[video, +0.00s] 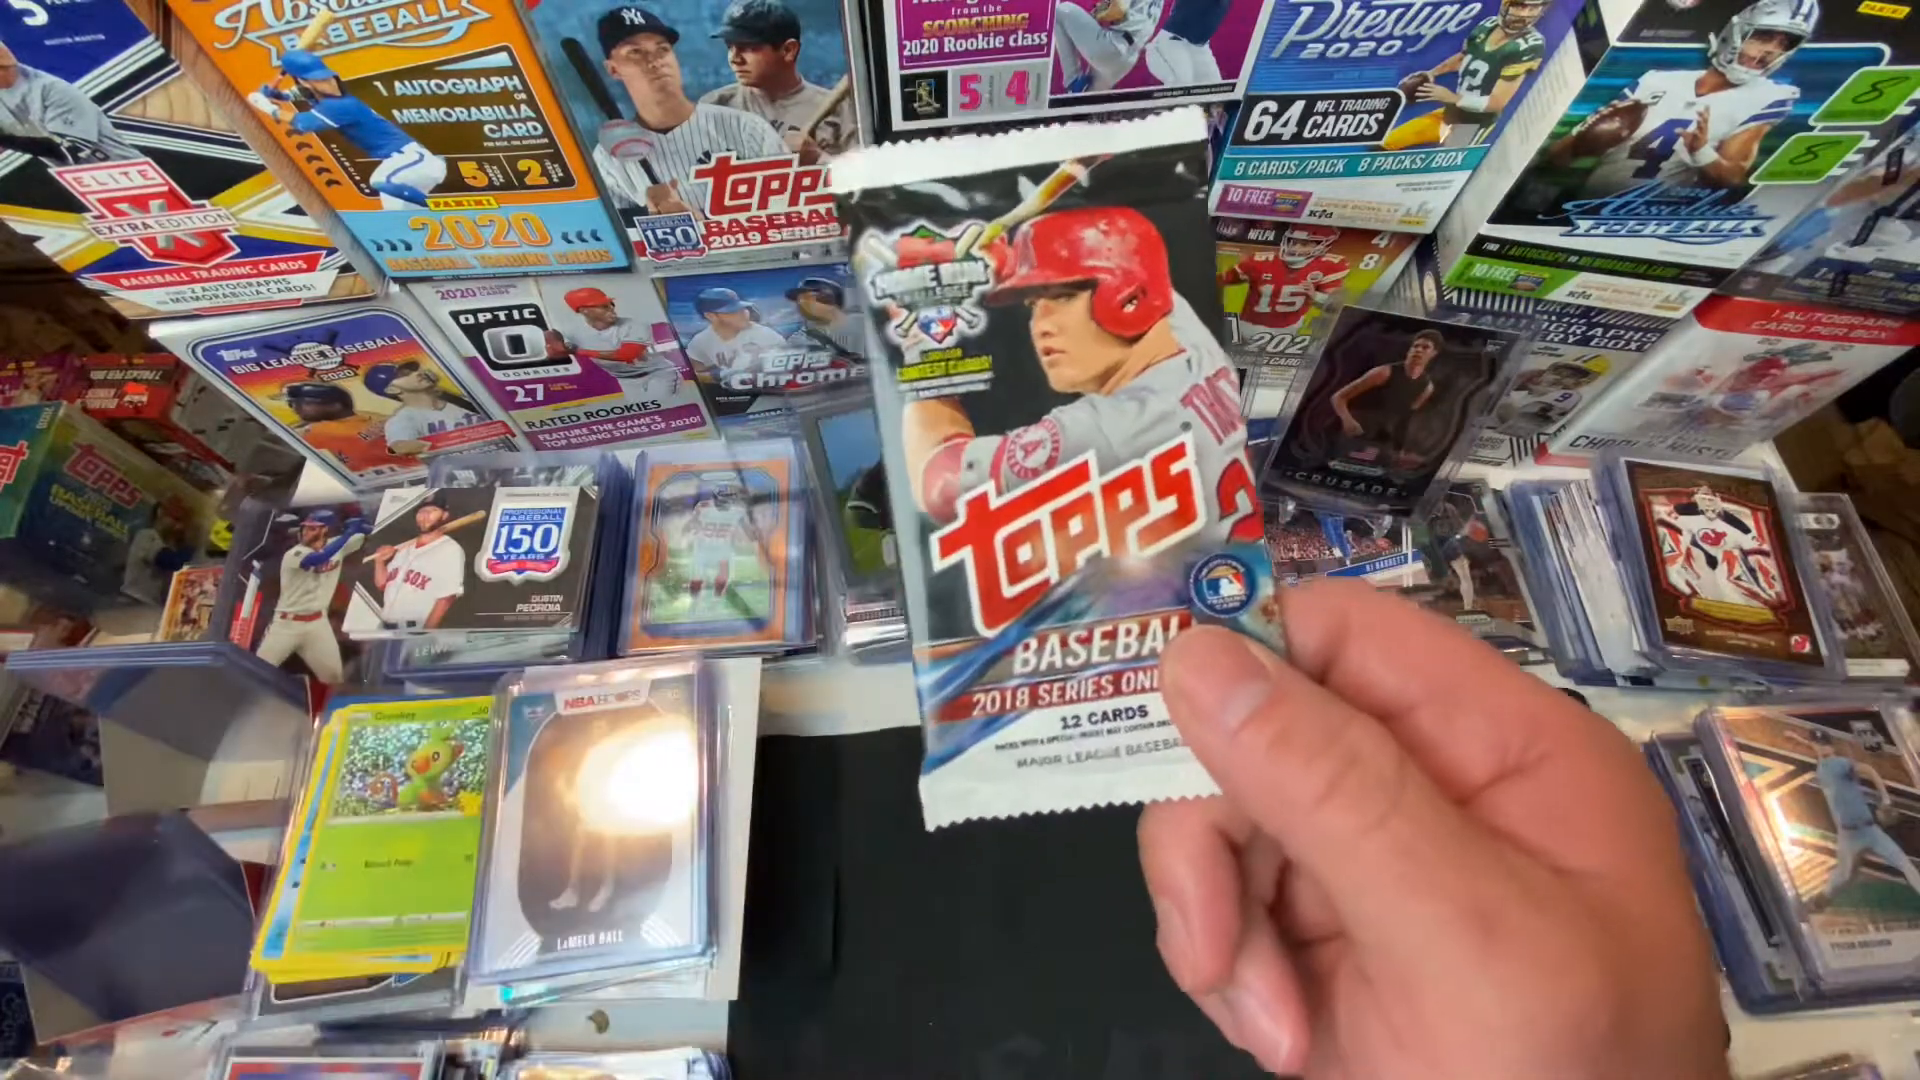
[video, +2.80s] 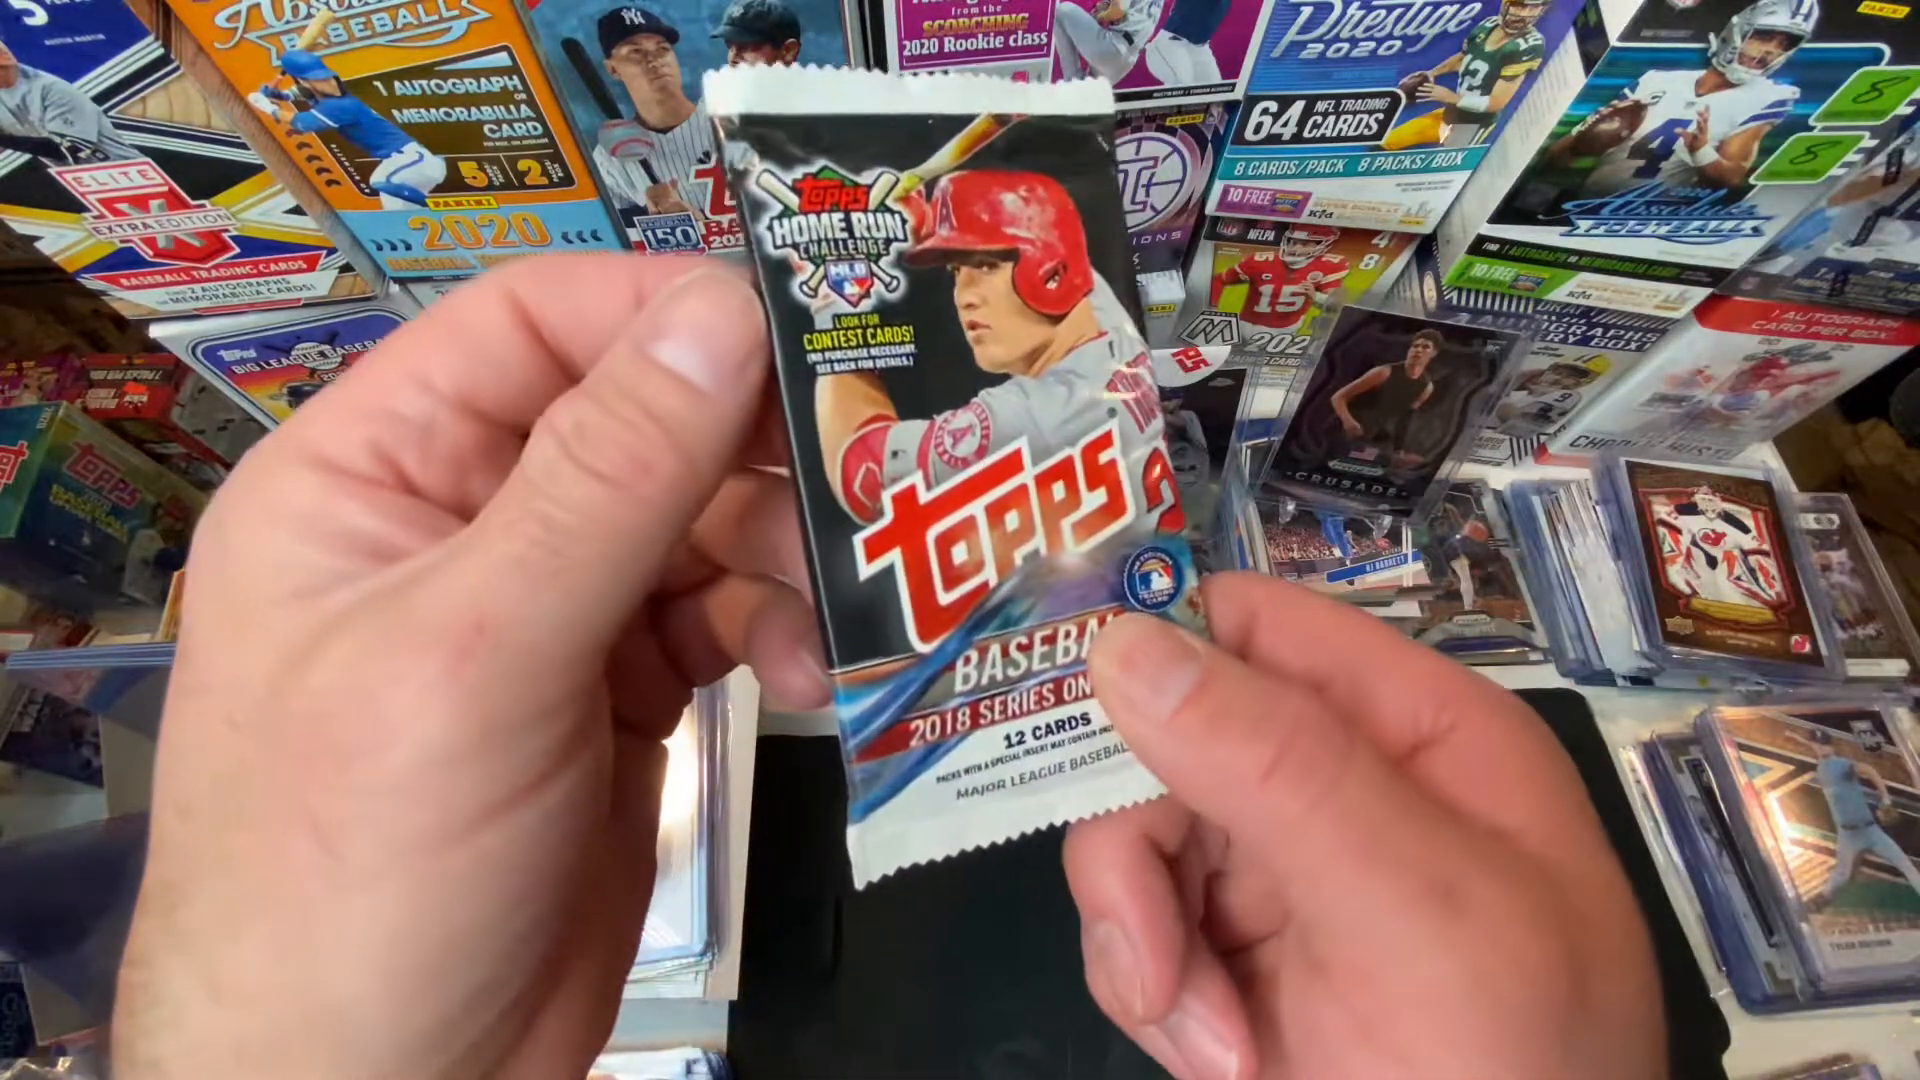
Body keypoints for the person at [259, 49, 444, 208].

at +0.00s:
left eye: (326, 76)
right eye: (321, 77)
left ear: (308, 83)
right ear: (305, 83)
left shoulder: (344, 106)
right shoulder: (329, 104)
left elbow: (301, 123)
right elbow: (298, 94)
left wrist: (270, 109)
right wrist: (275, 94)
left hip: (416, 158)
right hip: (403, 167)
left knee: (381, 179)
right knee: (397, 222)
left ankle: (437, 217)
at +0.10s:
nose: (329, 80)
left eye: (326, 76)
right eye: (321, 77)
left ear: (307, 82)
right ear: (305, 83)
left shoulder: (344, 105)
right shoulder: (330, 103)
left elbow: (302, 122)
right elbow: (299, 94)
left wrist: (270, 109)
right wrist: (275, 94)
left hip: (415, 158)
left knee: (381, 179)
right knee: (397, 221)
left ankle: (434, 220)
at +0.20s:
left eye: (300, 82)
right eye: (319, 79)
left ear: (308, 83)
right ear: (310, 82)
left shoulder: (343, 106)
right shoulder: (332, 103)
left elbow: (300, 123)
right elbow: (302, 92)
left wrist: (269, 108)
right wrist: (277, 95)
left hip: (414, 158)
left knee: (380, 180)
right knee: (394, 220)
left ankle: (433, 211)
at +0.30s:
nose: (302, 87)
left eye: (302, 82)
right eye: (307, 81)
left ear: (309, 83)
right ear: (309, 82)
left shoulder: (343, 106)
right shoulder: (334, 102)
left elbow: (299, 122)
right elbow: (302, 92)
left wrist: (270, 108)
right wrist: (276, 94)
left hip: (415, 158)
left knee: (381, 180)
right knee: (400, 219)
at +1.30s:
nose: (331, 80)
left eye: (329, 76)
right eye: (323, 78)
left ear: (309, 83)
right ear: (306, 84)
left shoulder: (343, 106)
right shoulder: (330, 103)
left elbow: (300, 122)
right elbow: (300, 93)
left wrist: (270, 109)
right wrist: (276, 94)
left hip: (414, 157)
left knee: (381, 179)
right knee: (398, 217)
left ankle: (433, 220)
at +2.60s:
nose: (329, 79)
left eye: (326, 75)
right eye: (321, 78)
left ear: (310, 84)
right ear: (306, 83)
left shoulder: (343, 107)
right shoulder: (333, 100)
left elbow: (300, 123)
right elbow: (302, 92)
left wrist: (271, 109)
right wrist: (276, 94)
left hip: (414, 159)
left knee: (380, 179)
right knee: (399, 222)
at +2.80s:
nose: (300, 87)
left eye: (301, 82)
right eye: (304, 82)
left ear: (309, 83)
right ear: (311, 82)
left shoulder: (343, 106)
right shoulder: (332, 100)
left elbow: (300, 123)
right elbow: (303, 91)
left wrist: (271, 109)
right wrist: (277, 94)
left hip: (414, 158)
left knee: (380, 180)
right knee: (398, 222)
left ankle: (433, 214)